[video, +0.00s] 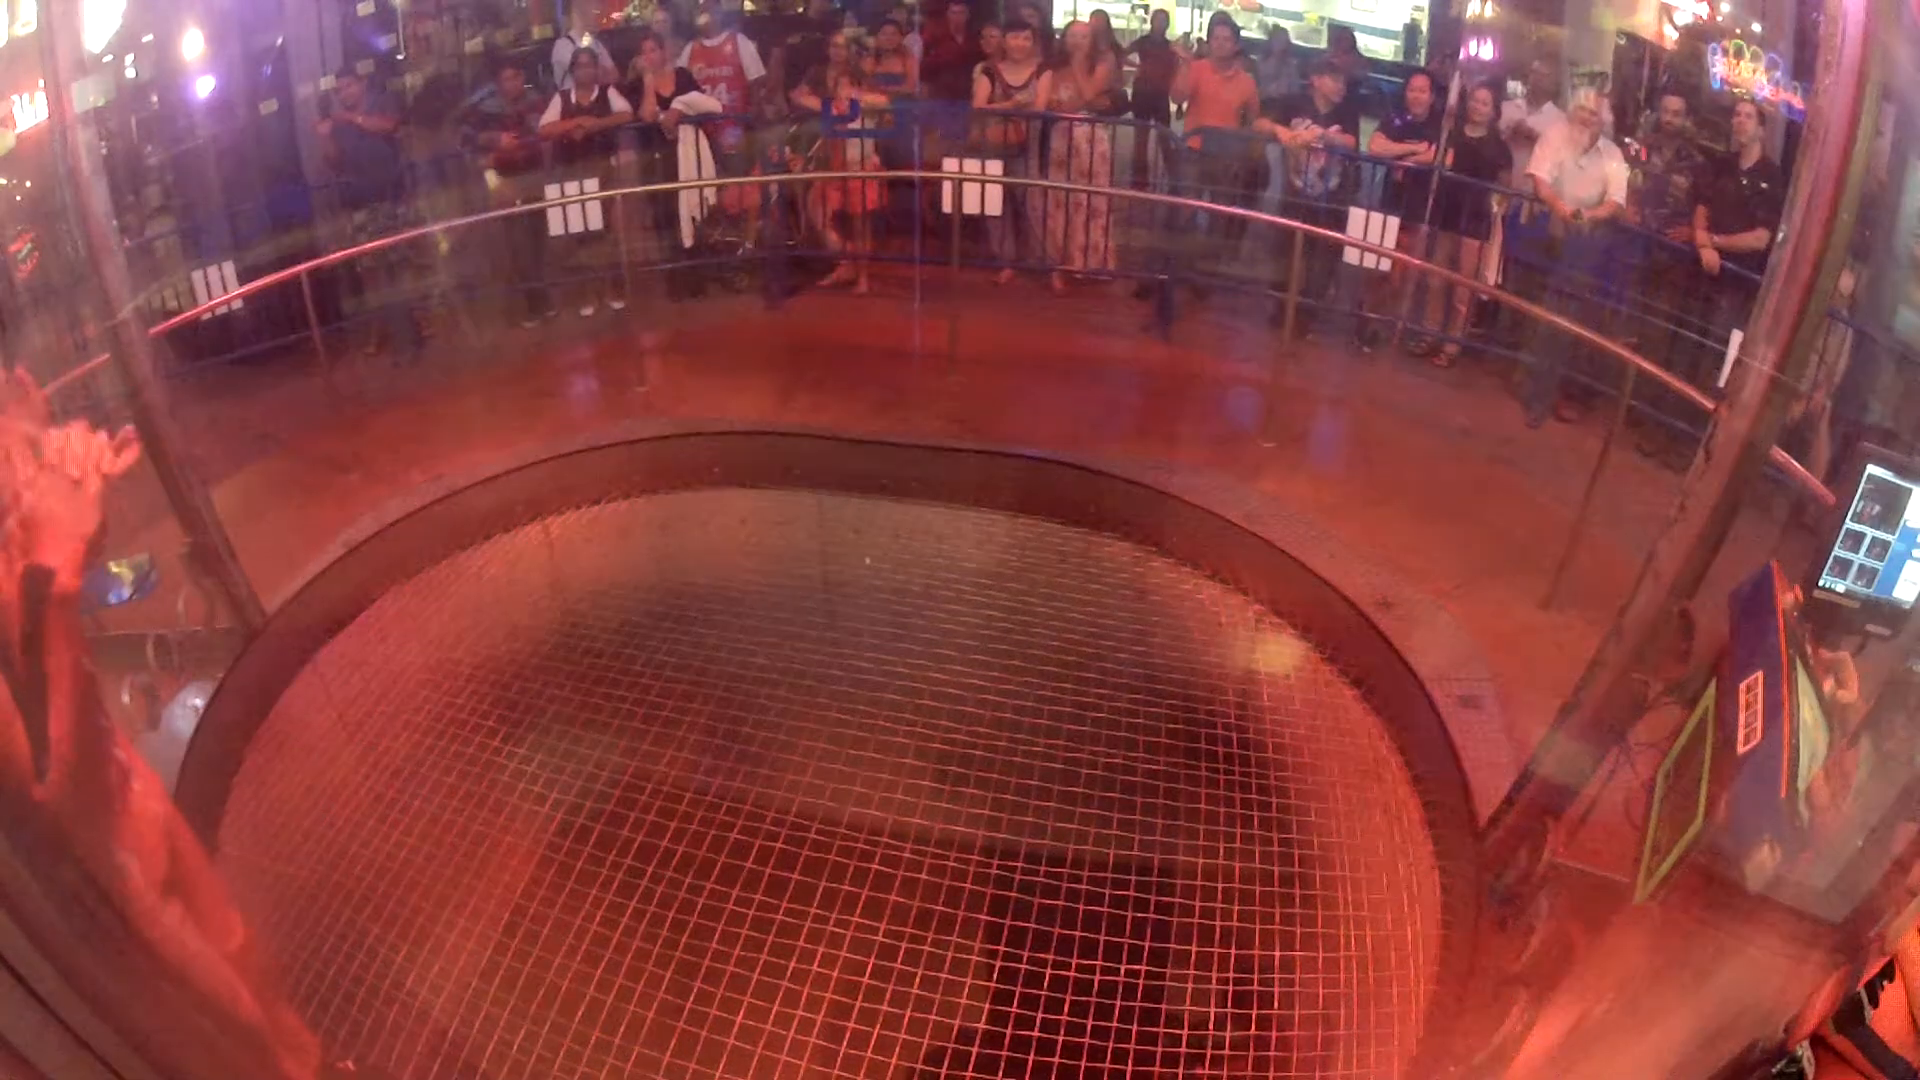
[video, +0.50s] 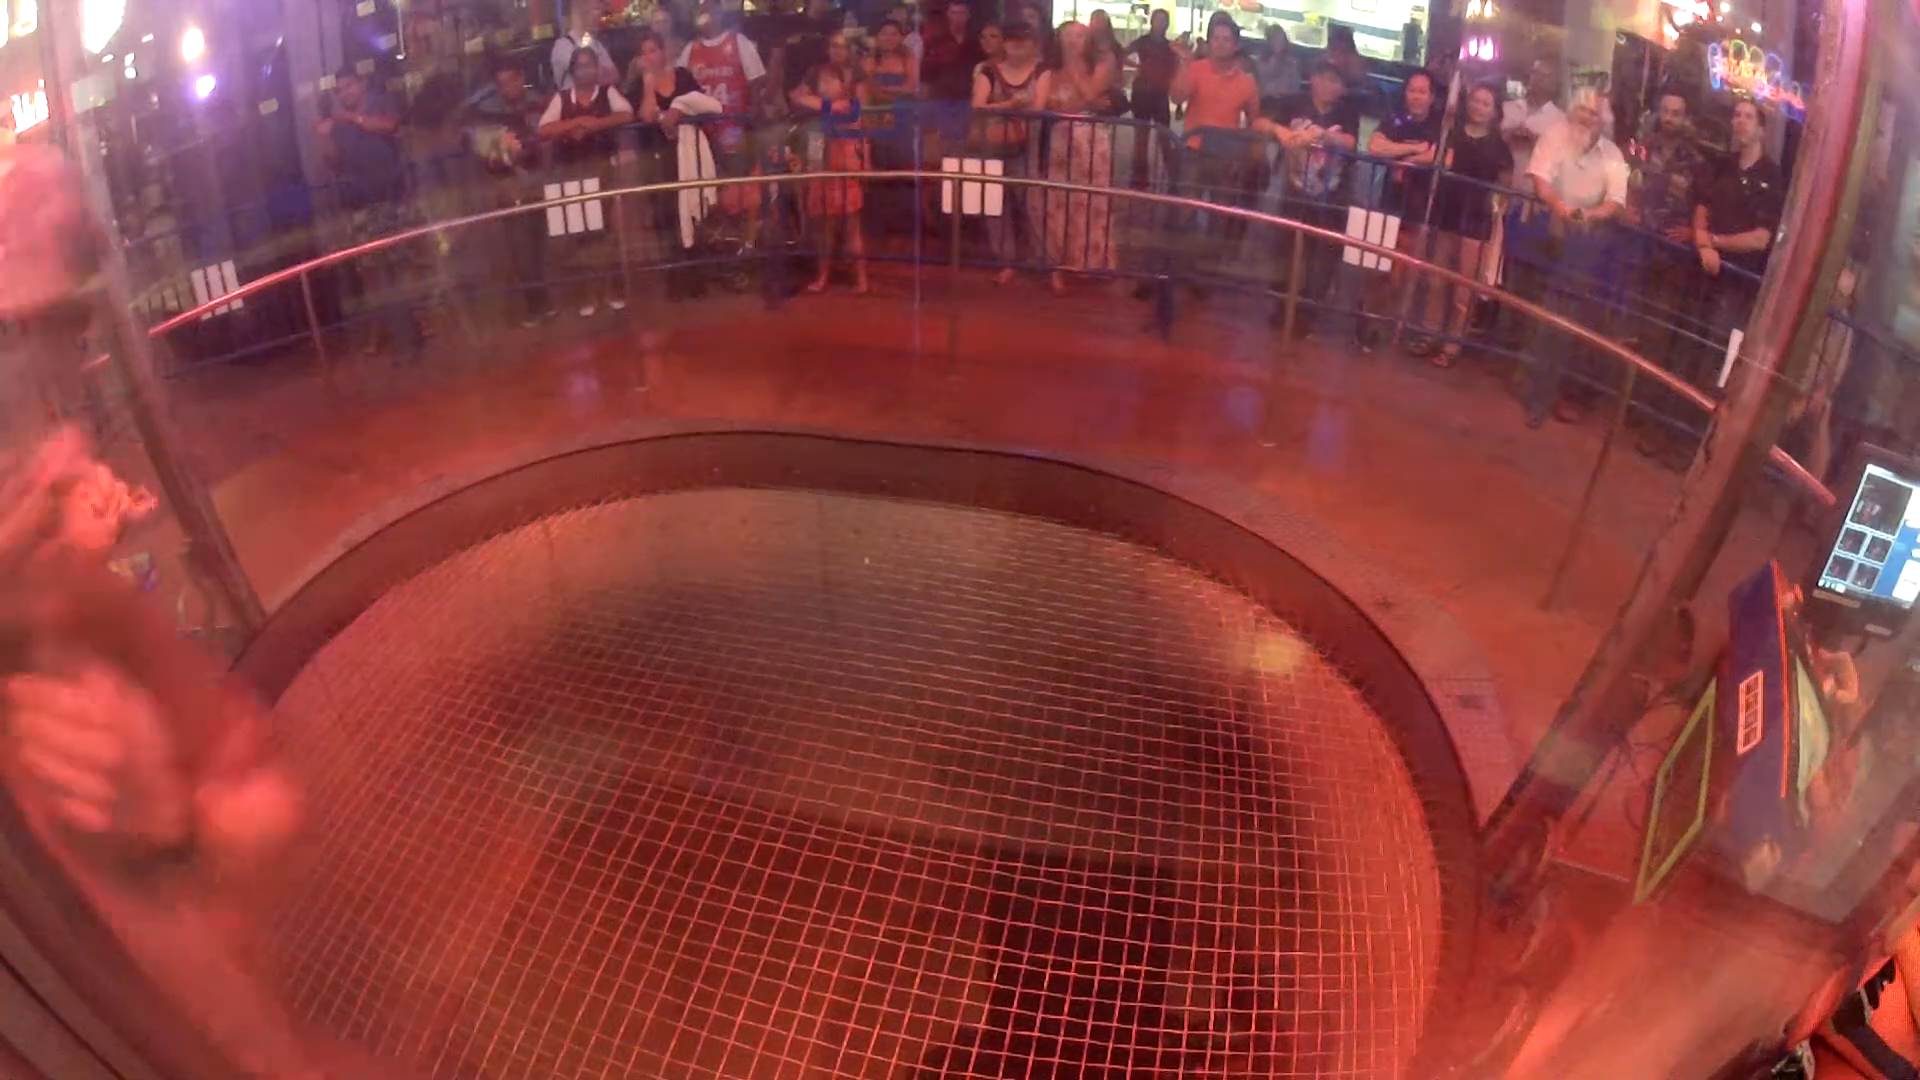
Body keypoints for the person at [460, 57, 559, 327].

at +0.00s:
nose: (514, 84)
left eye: (517, 79)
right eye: (508, 80)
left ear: (523, 79)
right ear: (498, 84)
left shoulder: (533, 102)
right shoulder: (487, 108)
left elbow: (549, 127)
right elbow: (469, 137)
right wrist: (497, 140)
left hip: (535, 173)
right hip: (505, 178)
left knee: (538, 240)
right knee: (517, 243)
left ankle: (542, 300)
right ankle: (525, 306)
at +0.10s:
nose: (515, 84)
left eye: (518, 78)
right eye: (509, 80)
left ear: (523, 78)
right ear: (498, 83)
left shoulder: (533, 101)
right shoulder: (485, 107)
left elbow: (549, 130)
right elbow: (465, 135)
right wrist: (494, 140)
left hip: (534, 175)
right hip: (503, 180)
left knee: (538, 240)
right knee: (516, 244)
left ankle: (542, 299)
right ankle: (522, 306)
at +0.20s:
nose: (509, 87)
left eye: (512, 81)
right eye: (503, 83)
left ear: (522, 79)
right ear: (496, 86)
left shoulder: (536, 103)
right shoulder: (487, 110)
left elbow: (551, 133)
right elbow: (469, 137)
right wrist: (494, 140)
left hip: (535, 177)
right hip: (505, 182)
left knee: (538, 241)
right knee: (517, 244)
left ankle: (543, 301)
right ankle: (525, 306)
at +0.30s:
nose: (507, 88)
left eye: (511, 81)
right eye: (502, 83)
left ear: (521, 79)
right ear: (496, 86)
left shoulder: (537, 103)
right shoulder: (488, 111)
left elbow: (550, 135)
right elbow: (472, 136)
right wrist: (498, 140)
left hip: (535, 177)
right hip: (505, 182)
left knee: (538, 242)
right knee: (518, 245)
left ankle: (544, 301)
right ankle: (529, 306)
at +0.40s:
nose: (510, 87)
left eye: (512, 80)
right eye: (504, 82)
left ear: (522, 79)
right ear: (496, 85)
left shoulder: (536, 104)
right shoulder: (487, 112)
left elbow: (550, 136)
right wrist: (498, 148)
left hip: (535, 177)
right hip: (506, 182)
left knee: (538, 241)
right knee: (518, 245)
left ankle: (543, 300)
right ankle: (526, 305)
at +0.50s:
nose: (509, 88)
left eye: (512, 80)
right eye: (503, 83)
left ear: (522, 79)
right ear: (496, 85)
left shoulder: (537, 104)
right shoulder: (487, 113)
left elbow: (550, 141)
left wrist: (523, 148)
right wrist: (497, 150)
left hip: (535, 178)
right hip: (506, 183)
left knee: (538, 242)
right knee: (518, 245)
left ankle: (543, 300)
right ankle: (527, 305)